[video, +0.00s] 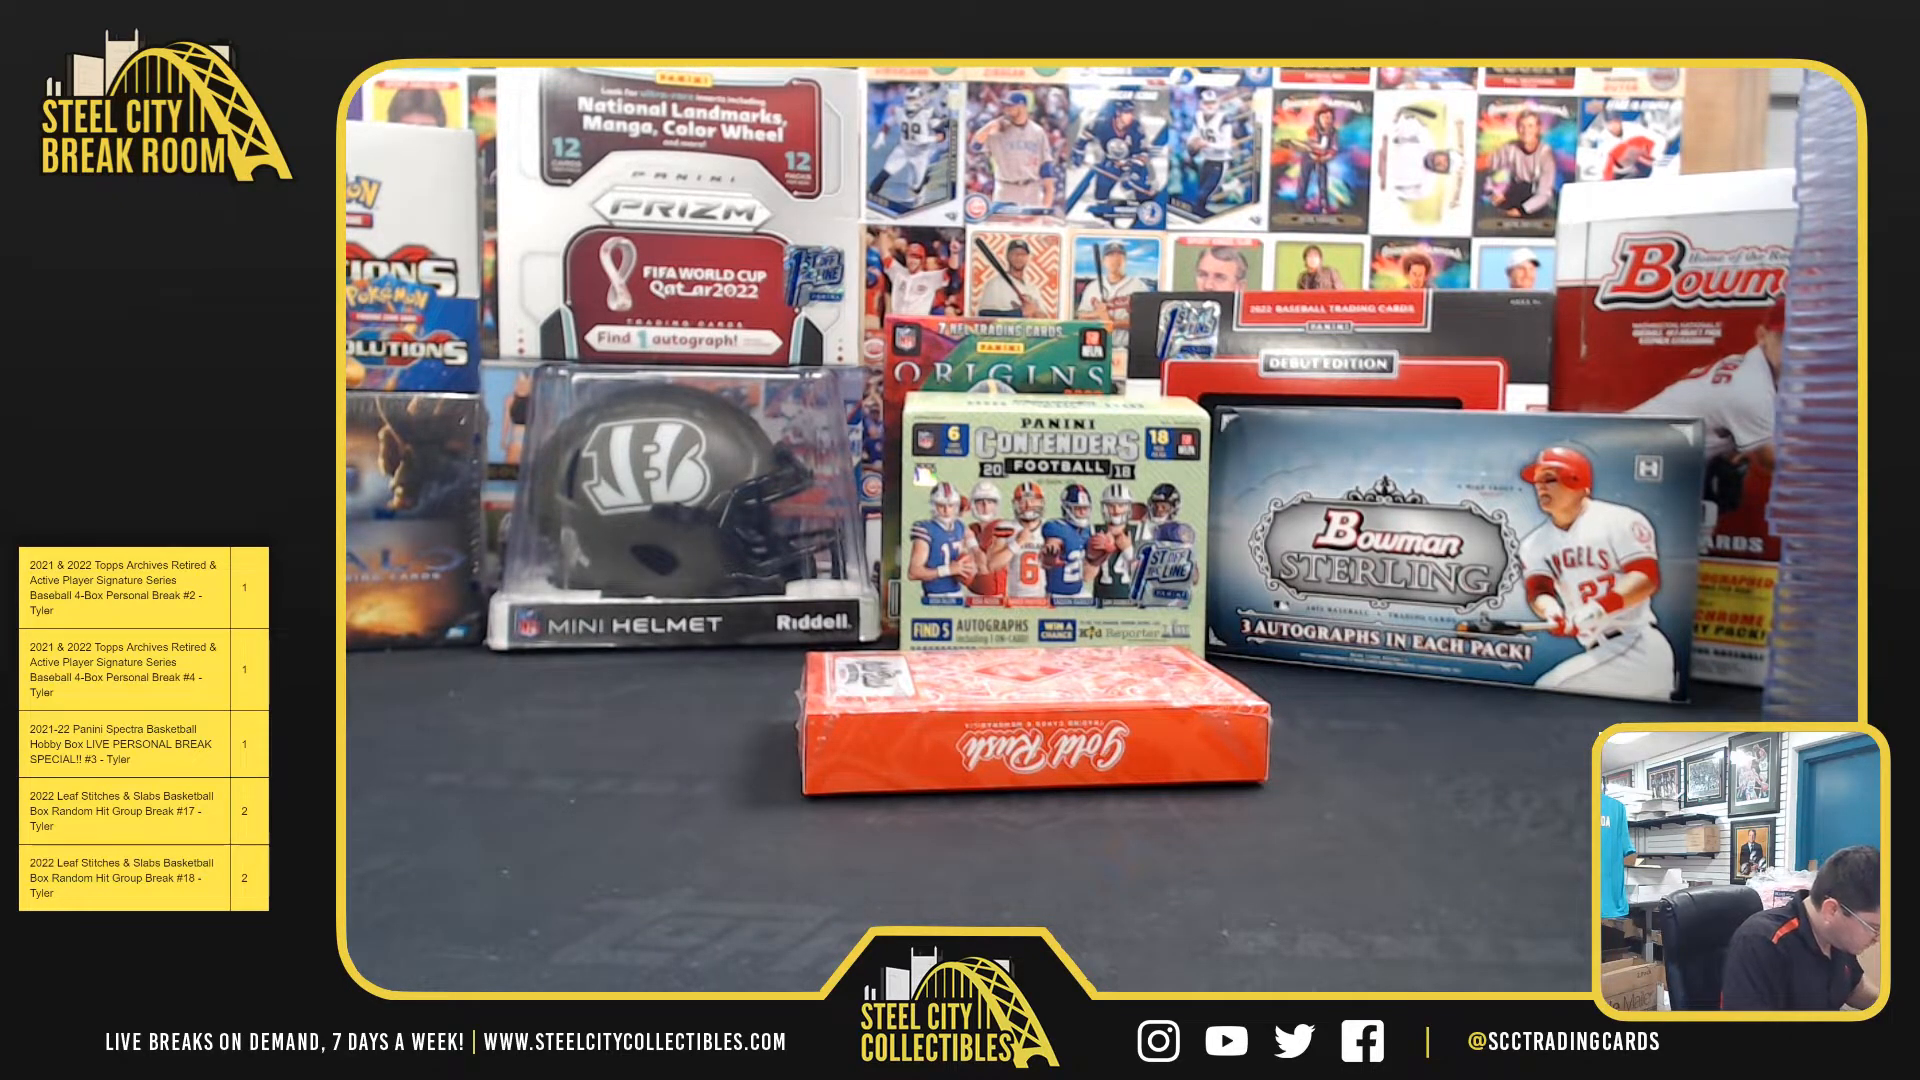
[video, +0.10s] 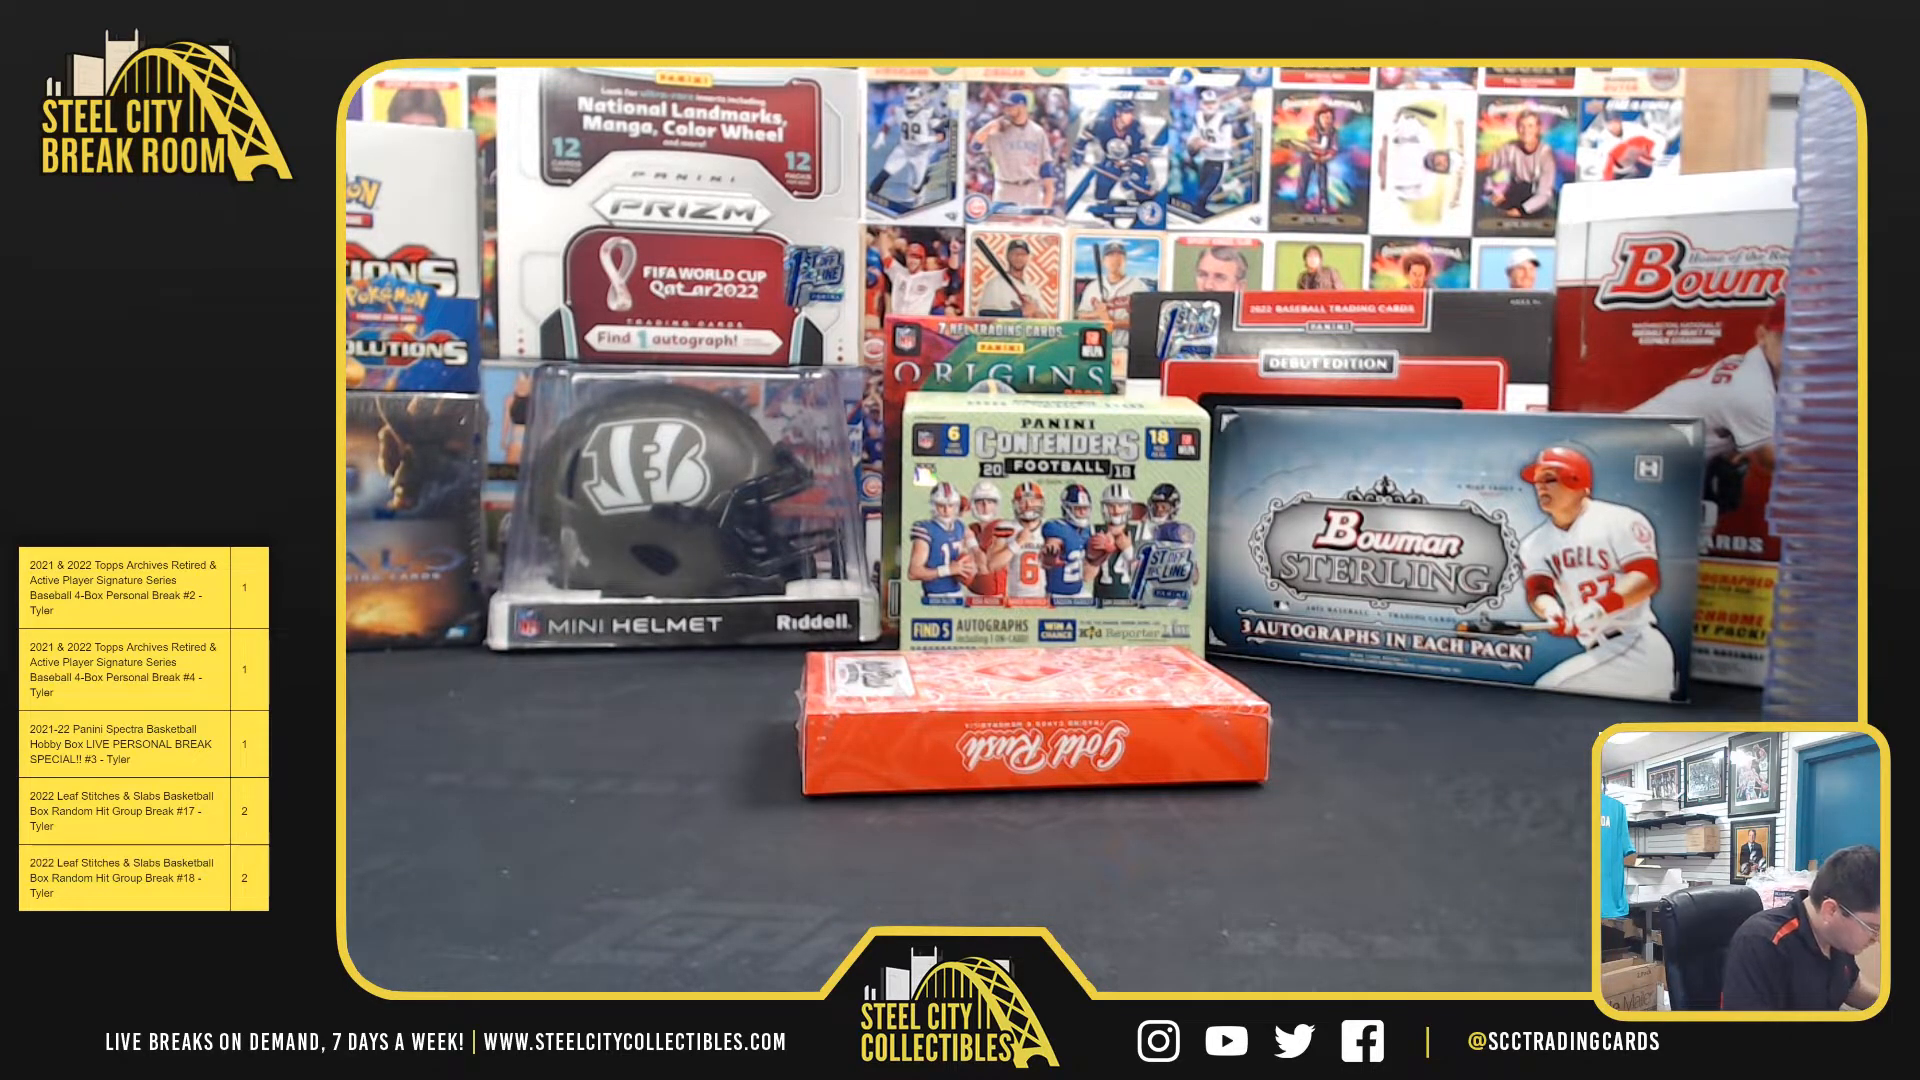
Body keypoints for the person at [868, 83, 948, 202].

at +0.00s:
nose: (910, 103)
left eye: (913, 99)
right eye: (908, 99)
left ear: (920, 100)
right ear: (905, 100)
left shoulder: (928, 114)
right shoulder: (899, 113)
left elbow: (942, 135)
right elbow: (887, 125)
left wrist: (928, 139)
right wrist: (881, 138)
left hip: (921, 153)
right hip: (903, 150)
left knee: (915, 187)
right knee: (885, 173)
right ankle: (868, 198)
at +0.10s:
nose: (910, 103)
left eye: (913, 99)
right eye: (908, 99)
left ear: (921, 100)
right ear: (905, 100)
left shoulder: (928, 114)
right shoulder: (900, 113)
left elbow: (942, 135)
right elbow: (887, 125)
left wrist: (928, 139)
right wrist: (881, 138)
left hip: (921, 153)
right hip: (903, 150)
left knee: (915, 187)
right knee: (885, 173)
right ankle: (868, 197)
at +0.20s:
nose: (910, 103)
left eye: (913, 99)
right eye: (908, 99)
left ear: (921, 100)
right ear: (905, 100)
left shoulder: (928, 114)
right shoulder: (900, 113)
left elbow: (942, 135)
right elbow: (887, 125)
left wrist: (928, 139)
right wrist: (881, 138)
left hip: (921, 153)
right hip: (903, 150)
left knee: (915, 187)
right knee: (885, 173)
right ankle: (868, 197)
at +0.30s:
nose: (910, 103)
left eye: (913, 99)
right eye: (908, 99)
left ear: (921, 100)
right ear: (905, 100)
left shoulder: (928, 114)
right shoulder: (900, 113)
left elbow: (942, 135)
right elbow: (887, 125)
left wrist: (928, 139)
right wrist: (881, 138)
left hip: (921, 153)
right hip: (903, 150)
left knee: (915, 187)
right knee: (885, 173)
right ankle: (868, 197)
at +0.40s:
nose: (910, 103)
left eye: (913, 99)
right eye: (908, 99)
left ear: (920, 100)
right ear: (905, 100)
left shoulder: (928, 114)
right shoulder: (899, 113)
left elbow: (942, 135)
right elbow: (887, 125)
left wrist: (928, 139)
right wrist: (881, 138)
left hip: (921, 153)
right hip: (903, 150)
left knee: (915, 187)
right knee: (885, 173)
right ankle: (868, 198)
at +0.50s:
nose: (910, 102)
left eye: (913, 99)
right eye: (908, 99)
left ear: (920, 100)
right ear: (905, 100)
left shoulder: (928, 114)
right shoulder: (900, 113)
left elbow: (942, 135)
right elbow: (887, 125)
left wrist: (928, 139)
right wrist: (881, 138)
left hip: (921, 153)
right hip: (903, 150)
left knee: (915, 186)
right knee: (885, 173)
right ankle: (868, 197)